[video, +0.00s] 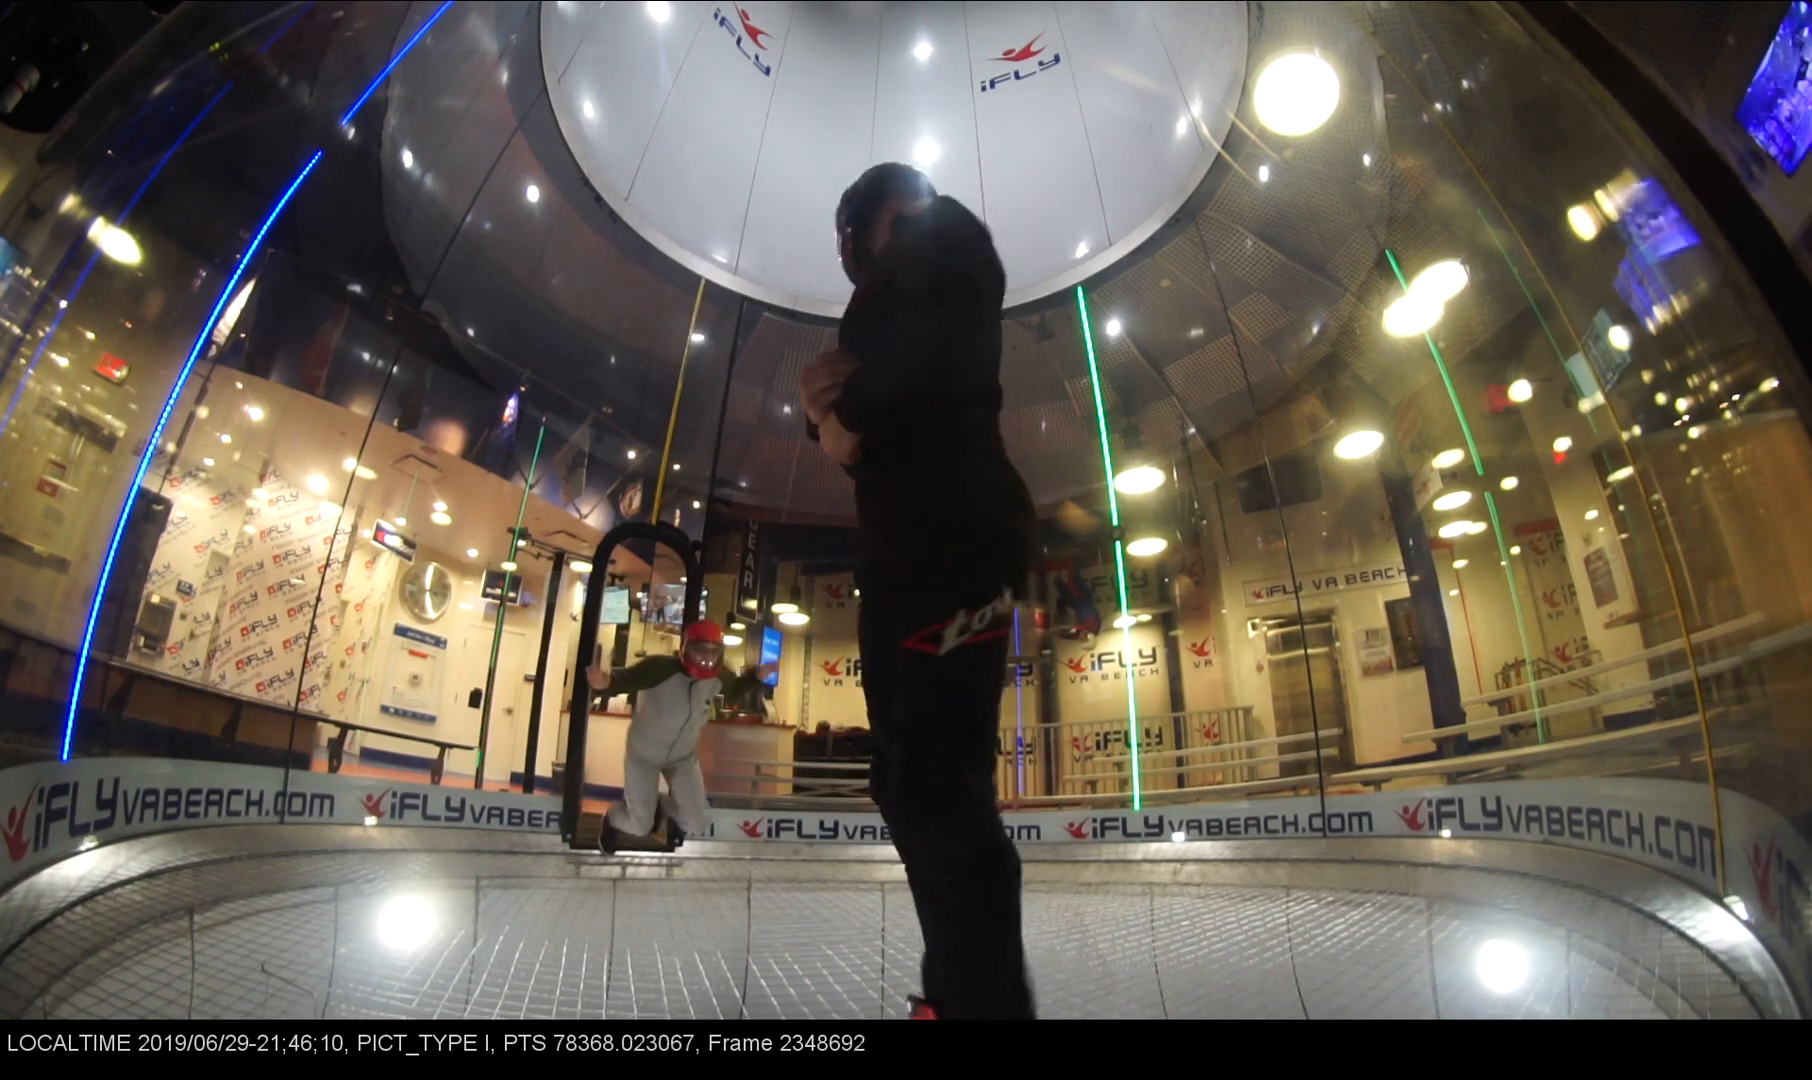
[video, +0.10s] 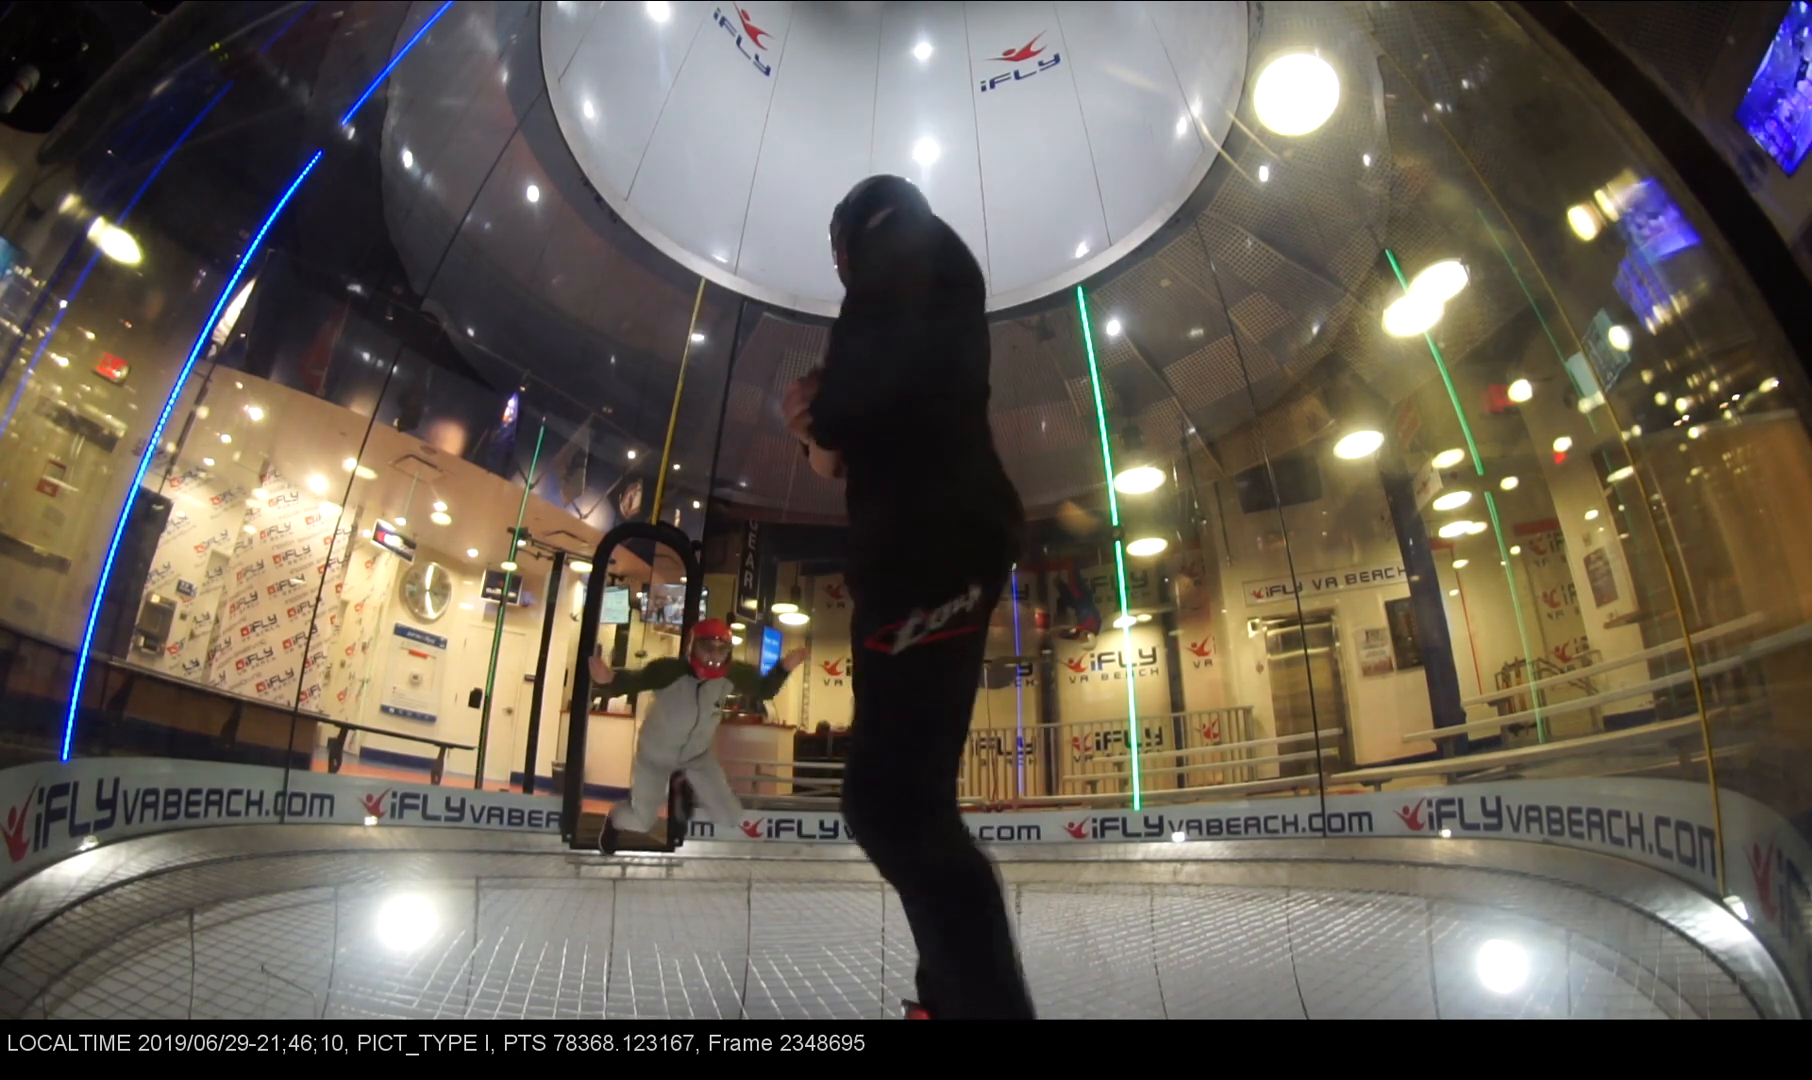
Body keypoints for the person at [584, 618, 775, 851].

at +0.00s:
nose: (706, 657)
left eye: (713, 652)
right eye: (700, 650)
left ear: (720, 654)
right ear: (686, 648)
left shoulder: (716, 678)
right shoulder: (661, 668)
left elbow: (734, 689)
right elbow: (627, 679)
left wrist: (755, 676)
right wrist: (605, 683)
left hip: (683, 760)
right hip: (643, 759)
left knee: (695, 825)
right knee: (642, 826)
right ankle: (612, 819)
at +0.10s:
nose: (714, 655)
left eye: (721, 649)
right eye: (707, 647)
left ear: (728, 652)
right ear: (693, 646)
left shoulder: (732, 675)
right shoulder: (670, 671)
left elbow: (764, 689)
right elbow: (634, 680)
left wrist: (784, 668)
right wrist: (609, 679)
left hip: (698, 758)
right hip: (654, 759)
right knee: (642, 821)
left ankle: (687, 803)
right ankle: (614, 821)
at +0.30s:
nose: (730, 637)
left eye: (737, 630)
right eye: (723, 629)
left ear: (746, 635)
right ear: (708, 632)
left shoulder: (756, 660)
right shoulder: (686, 660)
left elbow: (803, 671)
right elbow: (640, 668)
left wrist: (815, 644)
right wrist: (616, 658)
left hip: (745, 753)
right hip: (694, 757)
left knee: (785, 807)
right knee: (675, 812)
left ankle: (784, 767)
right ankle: (648, 801)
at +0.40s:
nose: (739, 632)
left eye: (746, 625)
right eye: (731, 625)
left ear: (754, 630)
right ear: (717, 629)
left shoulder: (764, 657)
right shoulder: (698, 657)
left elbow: (810, 668)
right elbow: (659, 669)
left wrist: (841, 668)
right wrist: (619, 670)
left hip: (767, 750)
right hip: (714, 756)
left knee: (814, 800)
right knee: (700, 816)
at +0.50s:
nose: (746, 633)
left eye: (753, 625)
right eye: (739, 625)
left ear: (764, 631)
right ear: (724, 630)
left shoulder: (777, 659)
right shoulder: (709, 664)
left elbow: (826, 670)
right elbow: (665, 682)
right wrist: (616, 693)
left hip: (789, 744)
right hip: (737, 755)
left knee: (828, 787)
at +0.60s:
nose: (751, 634)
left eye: (759, 627)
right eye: (743, 627)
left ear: (770, 634)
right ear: (731, 633)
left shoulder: (787, 662)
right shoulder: (721, 668)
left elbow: (837, 672)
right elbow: (678, 687)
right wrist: (629, 710)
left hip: (808, 736)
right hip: (761, 745)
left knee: (848, 774)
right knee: (758, 786)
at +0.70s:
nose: (762, 639)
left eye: (769, 631)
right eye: (754, 632)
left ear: (779, 637)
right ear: (742, 639)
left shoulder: (799, 665)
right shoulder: (731, 671)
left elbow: (843, 683)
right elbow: (686, 688)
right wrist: (634, 712)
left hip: (841, 723)